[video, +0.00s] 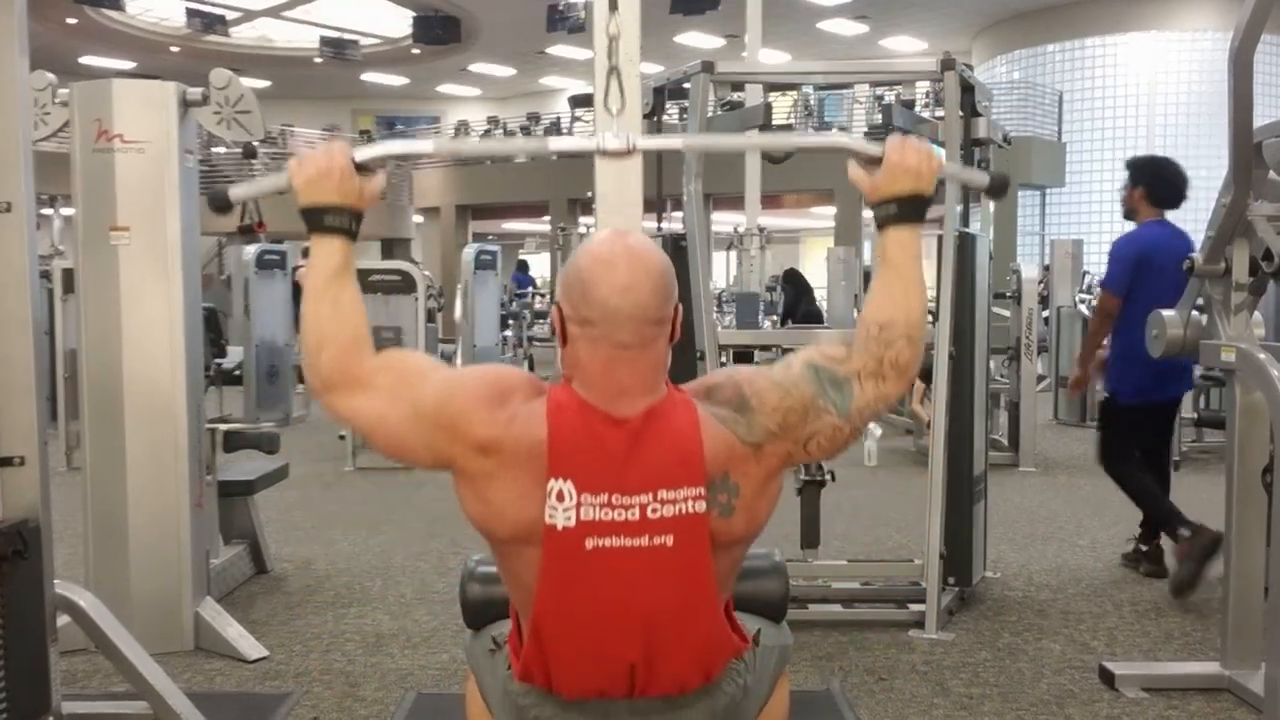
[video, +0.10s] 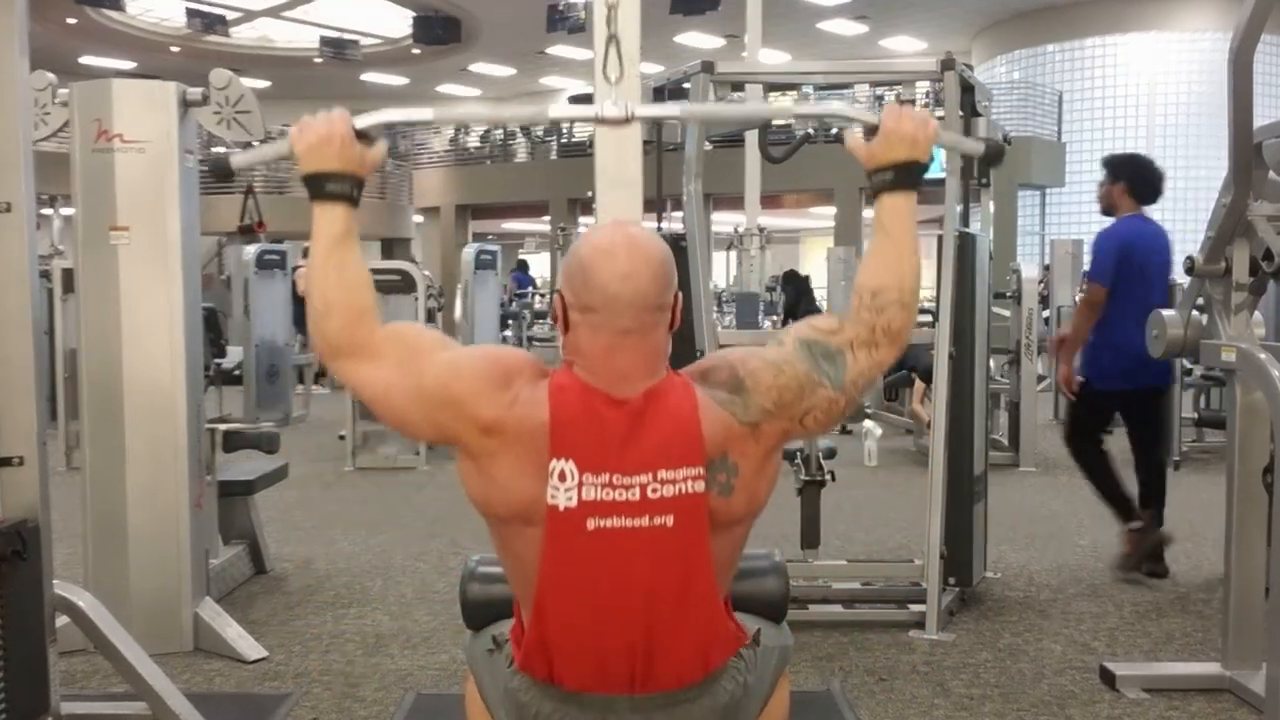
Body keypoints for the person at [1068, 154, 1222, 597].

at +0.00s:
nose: (1124, 193)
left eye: (1128, 186)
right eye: (1127, 186)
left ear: (1141, 193)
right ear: (1164, 197)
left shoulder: (1130, 245)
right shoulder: (1182, 243)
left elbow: (1106, 310)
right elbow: (1180, 306)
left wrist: (1083, 365)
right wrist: (1125, 349)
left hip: (1132, 375)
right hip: (1171, 373)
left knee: (1115, 457)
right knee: (1156, 456)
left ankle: (1188, 534)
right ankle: (1149, 547)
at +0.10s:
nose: (1098, 189)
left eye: (1104, 182)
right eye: (1102, 182)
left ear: (1121, 188)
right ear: (1134, 191)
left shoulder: (1112, 237)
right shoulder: (1157, 235)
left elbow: (1093, 301)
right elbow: (1158, 299)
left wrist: (1066, 356)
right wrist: (1074, 336)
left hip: (1111, 367)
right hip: (1152, 366)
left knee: (1080, 438)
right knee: (1150, 454)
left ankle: (1133, 523)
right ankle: (1152, 550)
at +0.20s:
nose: (1073, 194)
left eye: (1079, 187)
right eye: (1076, 187)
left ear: (1097, 193)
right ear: (1107, 196)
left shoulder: (1088, 237)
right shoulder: (1130, 239)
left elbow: (1078, 297)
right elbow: (1098, 302)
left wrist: (1052, 358)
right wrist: (1042, 313)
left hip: (1088, 364)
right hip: (1129, 364)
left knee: (1055, 435)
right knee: (1139, 450)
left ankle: (1072, 530)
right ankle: (1145, 542)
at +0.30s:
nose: (1048, 202)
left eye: (1054, 196)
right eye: (1051, 196)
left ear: (1073, 203)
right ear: (1082, 205)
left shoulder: (1061, 246)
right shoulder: (1100, 246)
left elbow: (1055, 305)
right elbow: (1073, 307)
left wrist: (1033, 363)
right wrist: (1017, 310)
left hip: (1068, 368)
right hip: (1107, 365)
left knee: (1040, 447)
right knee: (1123, 451)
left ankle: (1013, 517)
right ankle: (1141, 536)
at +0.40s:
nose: (1021, 205)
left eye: (1028, 199)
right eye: (1024, 199)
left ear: (1046, 204)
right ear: (1053, 207)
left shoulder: (1032, 249)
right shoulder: (1071, 248)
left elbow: (1025, 311)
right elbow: (1055, 308)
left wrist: (1009, 368)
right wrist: (1003, 321)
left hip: (1038, 367)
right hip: (1076, 367)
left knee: (1013, 441)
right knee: (1097, 443)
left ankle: (1006, 520)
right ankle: (1133, 528)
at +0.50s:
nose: (995, 203)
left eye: (1002, 198)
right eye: (998, 197)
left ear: (1019, 205)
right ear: (1029, 208)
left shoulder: (1005, 247)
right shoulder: (1048, 249)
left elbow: (995, 304)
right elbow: (1050, 305)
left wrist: (981, 345)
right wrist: (1039, 343)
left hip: (1006, 358)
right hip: (1043, 358)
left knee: (998, 437)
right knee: (1042, 429)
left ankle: (1004, 520)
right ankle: (1097, 500)